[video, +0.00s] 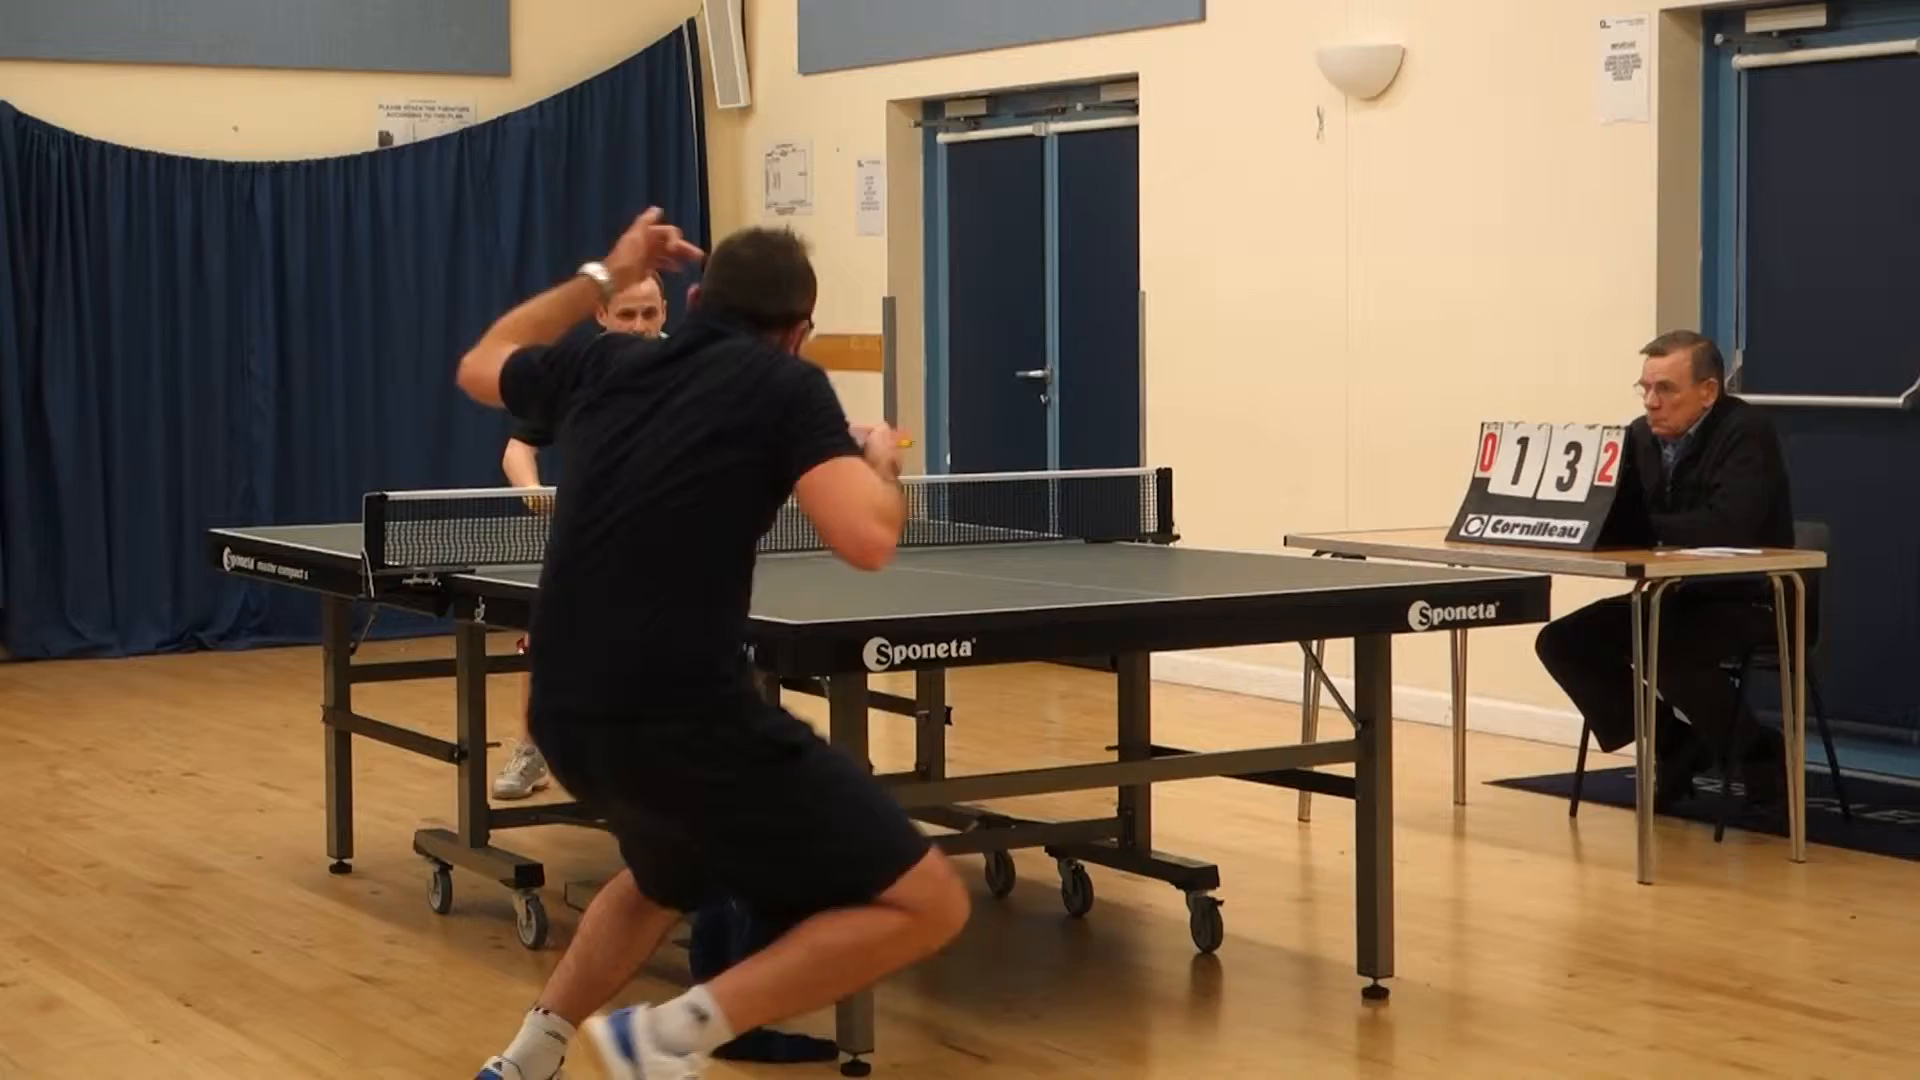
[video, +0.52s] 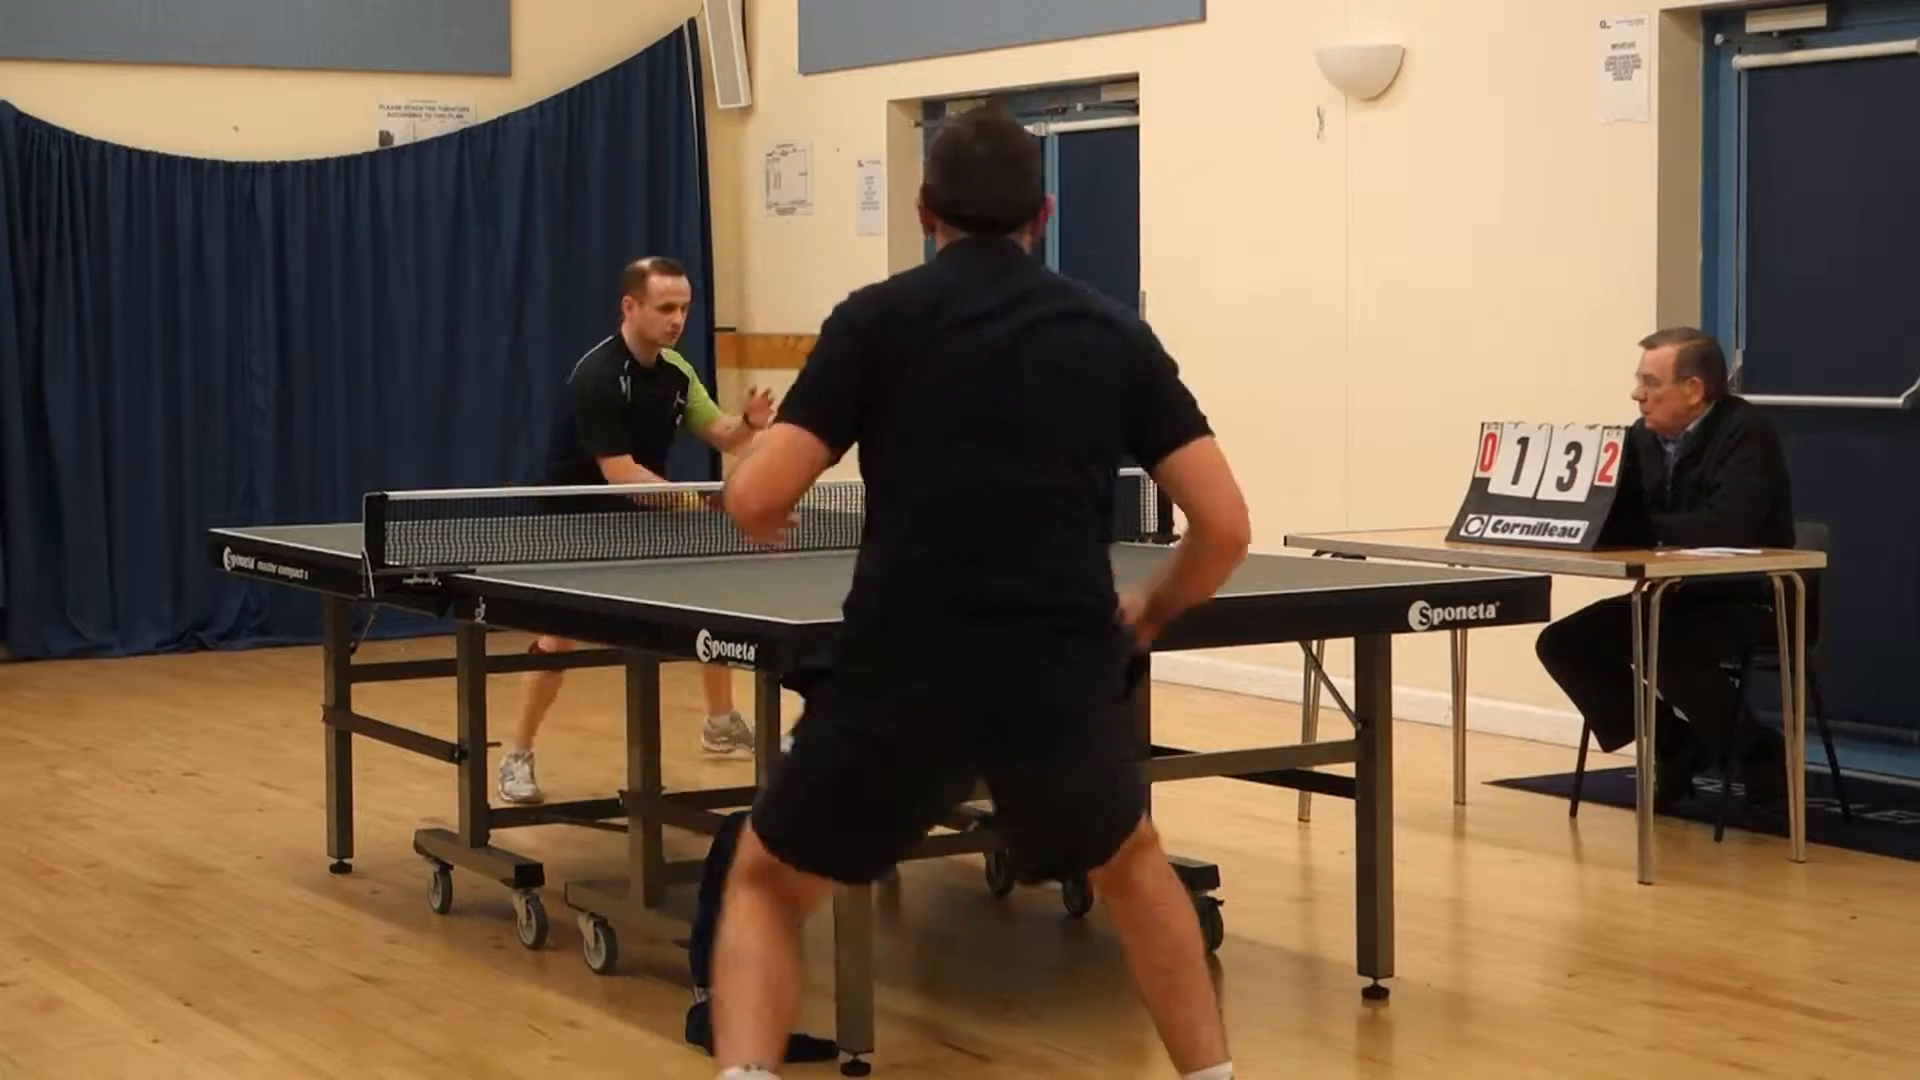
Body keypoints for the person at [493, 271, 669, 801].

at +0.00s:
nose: (641, 325)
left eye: (651, 313)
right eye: (628, 314)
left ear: (667, 312)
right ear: (602, 316)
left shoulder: (686, 370)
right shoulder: (582, 369)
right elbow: (518, 447)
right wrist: (532, 489)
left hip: (669, 540)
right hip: (588, 534)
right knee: (546, 633)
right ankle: (533, 747)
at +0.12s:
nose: (643, 322)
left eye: (654, 308)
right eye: (631, 310)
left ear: (671, 305)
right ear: (603, 310)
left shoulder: (687, 369)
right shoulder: (582, 367)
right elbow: (517, 446)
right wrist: (543, 495)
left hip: (658, 533)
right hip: (581, 527)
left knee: (641, 649)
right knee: (549, 640)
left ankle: (641, 777)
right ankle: (522, 746)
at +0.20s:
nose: (627, 316)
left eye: (638, 306)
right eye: (619, 306)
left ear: (657, 310)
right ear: (604, 310)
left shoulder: (673, 379)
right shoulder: (578, 377)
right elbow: (517, 462)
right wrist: (550, 506)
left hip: (644, 533)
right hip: (573, 534)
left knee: (659, 649)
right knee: (550, 641)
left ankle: (650, 781)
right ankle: (519, 753)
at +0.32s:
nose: (651, 331)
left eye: (658, 319)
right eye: (638, 320)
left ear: (665, 321)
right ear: (603, 321)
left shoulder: (667, 377)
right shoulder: (568, 380)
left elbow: (696, 455)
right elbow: (539, 477)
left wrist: (724, 480)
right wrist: (586, 523)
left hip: (645, 530)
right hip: (568, 530)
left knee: (697, 633)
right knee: (539, 636)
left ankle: (676, 754)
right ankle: (518, 751)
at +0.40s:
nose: (657, 327)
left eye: (664, 315)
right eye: (645, 315)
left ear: (669, 316)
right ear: (609, 315)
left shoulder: (668, 373)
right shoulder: (573, 378)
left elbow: (703, 450)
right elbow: (569, 481)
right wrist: (625, 527)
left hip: (648, 521)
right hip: (572, 525)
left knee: (719, 623)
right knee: (541, 636)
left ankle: (741, 748)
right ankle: (518, 754)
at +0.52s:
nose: (678, 320)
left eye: (684, 309)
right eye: (667, 309)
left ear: (687, 311)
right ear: (630, 308)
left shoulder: (676, 368)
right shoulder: (598, 372)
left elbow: (721, 435)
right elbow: (621, 473)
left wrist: (749, 423)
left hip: (648, 517)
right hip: (580, 523)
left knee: (720, 594)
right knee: (559, 637)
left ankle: (722, 720)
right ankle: (519, 753)